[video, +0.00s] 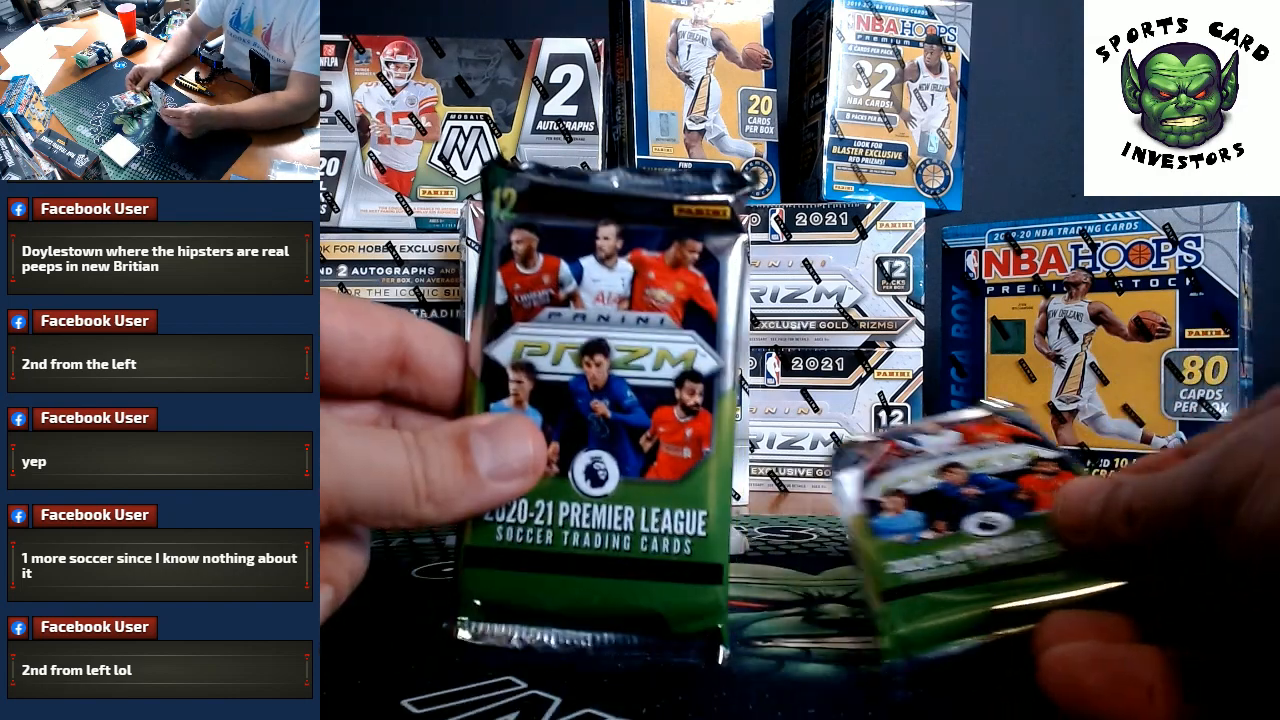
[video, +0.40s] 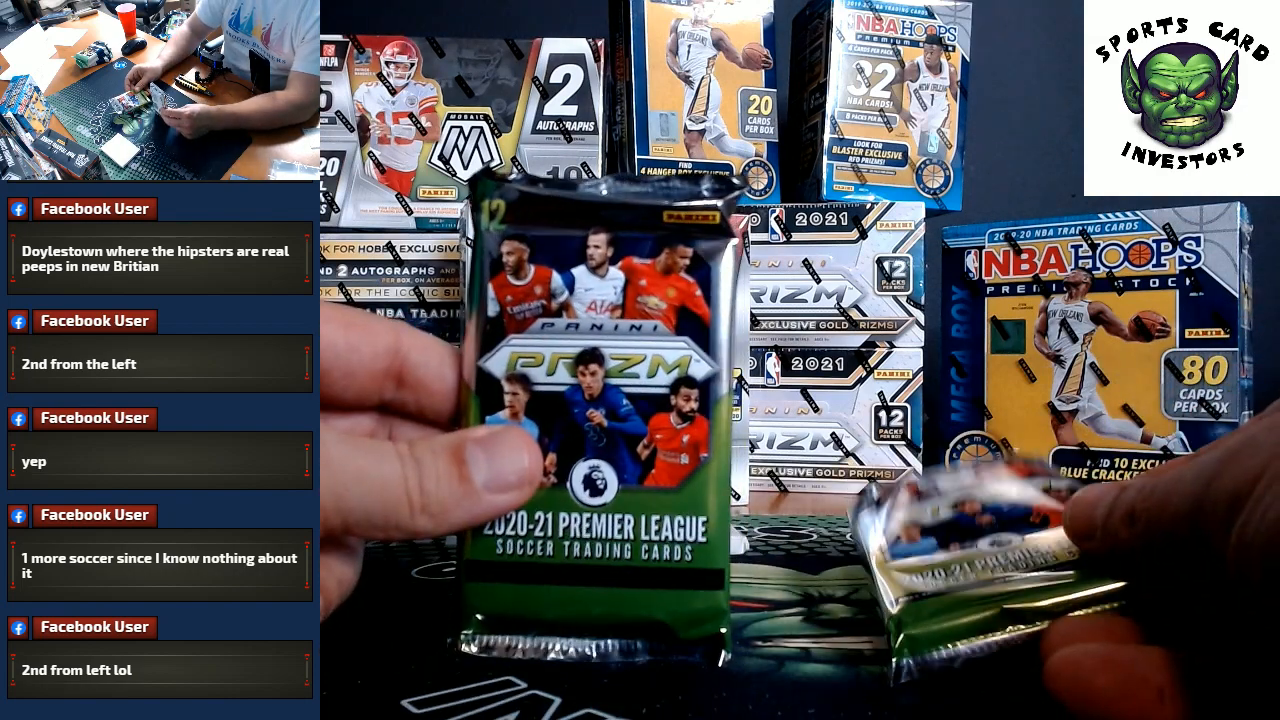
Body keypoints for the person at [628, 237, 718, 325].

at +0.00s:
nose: (695, 258)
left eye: (698, 253)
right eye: (691, 252)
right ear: (676, 246)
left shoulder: (695, 279)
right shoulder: (642, 259)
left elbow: (717, 313)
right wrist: (620, 300)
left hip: (670, 338)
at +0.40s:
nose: (687, 263)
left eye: (689, 258)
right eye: (682, 258)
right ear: (666, 253)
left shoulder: (687, 285)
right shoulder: (632, 266)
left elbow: (710, 318)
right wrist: (611, 308)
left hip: (664, 347)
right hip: (631, 343)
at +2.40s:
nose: (690, 263)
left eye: (692, 258)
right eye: (685, 258)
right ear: (670, 254)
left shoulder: (692, 286)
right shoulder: (634, 267)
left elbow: (716, 321)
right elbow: (606, 285)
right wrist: (618, 311)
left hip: (668, 348)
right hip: (633, 345)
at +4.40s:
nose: (691, 263)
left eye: (693, 258)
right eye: (686, 258)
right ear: (670, 254)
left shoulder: (692, 286)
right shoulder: (636, 267)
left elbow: (717, 321)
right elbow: (608, 285)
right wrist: (620, 310)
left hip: (670, 346)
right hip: (636, 343)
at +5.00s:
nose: (683, 263)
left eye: (685, 258)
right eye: (678, 258)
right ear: (662, 254)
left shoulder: (684, 285)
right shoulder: (628, 267)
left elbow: (708, 319)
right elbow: (600, 286)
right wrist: (613, 310)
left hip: (663, 345)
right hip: (629, 342)